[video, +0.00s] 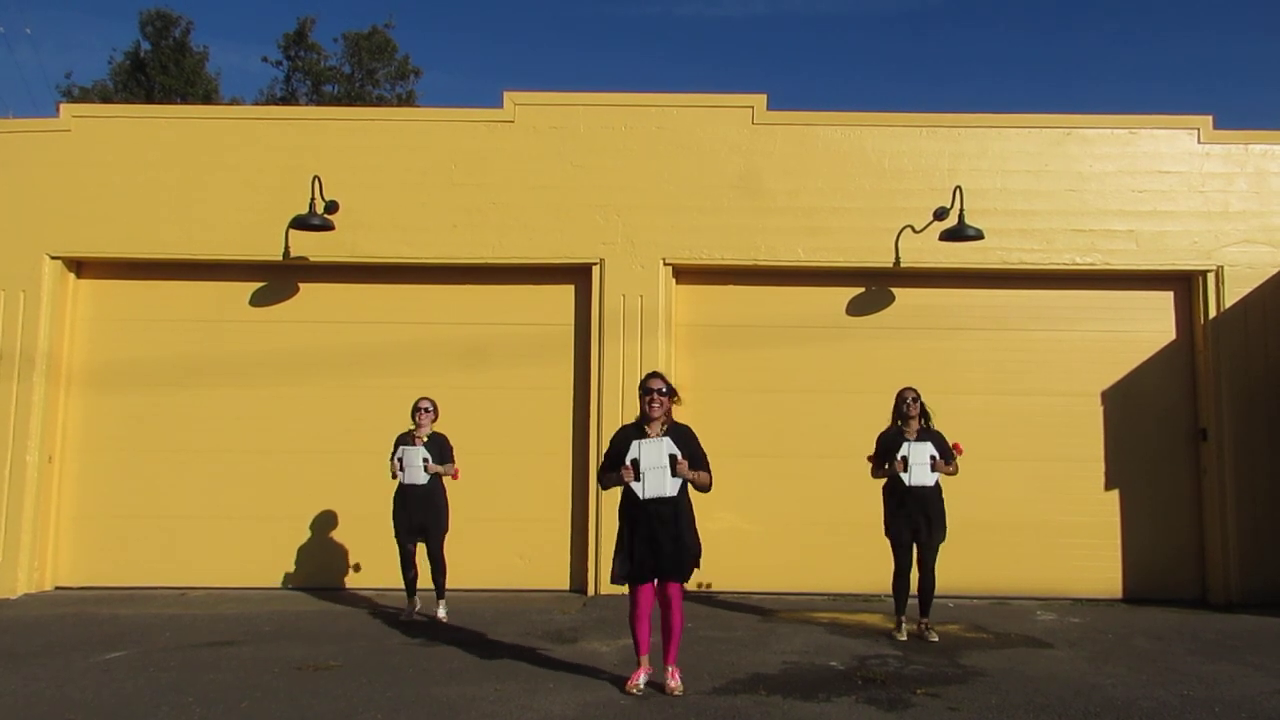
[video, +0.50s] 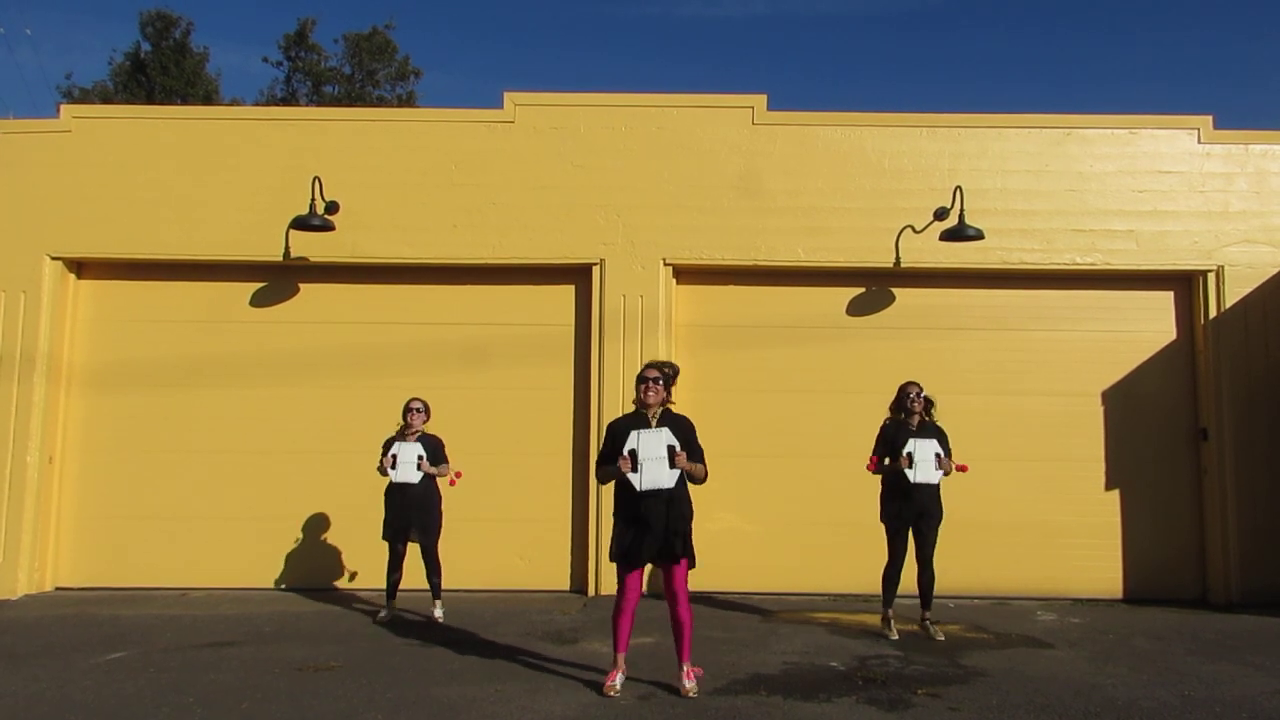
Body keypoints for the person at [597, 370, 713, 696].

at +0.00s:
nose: (654, 398)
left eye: (661, 393)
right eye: (648, 393)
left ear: (670, 399)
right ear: (640, 398)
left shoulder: (683, 434)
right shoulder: (625, 436)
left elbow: (706, 482)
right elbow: (603, 479)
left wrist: (689, 473)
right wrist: (620, 476)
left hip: (676, 530)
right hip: (638, 530)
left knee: (671, 594)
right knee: (641, 595)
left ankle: (671, 668)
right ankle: (643, 667)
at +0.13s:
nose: (653, 393)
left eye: (660, 388)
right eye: (647, 387)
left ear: (670, 392)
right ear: (639, 390)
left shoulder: (682, 424)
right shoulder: (625, 425)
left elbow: (711, 459)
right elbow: (599, 467)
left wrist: (691, 454)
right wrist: (619, 459)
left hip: (675, 521)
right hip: (632, 522)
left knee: (685, 595)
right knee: (623, 595)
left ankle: (692, 666)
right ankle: (621, 662)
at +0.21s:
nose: (653, 406)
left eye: (659, 400)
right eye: (647, 400)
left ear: (670, 401)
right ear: (638, 402)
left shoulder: (679, 433)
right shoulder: (628, 434)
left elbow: (696, 459)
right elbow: (611, 466)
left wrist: (691, 456)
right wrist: (622, 455)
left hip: (674, 529)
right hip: (632, 529)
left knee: (689, 605)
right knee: (615, 605)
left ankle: (712, 679)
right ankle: (600, 675)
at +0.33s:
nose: (651, 408)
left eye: (657, 403)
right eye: (644, 403)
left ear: (667, 406)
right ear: (637, 406)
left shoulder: (677, 438)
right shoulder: (626, 439)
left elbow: (692, 476)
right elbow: (612, 472)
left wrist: (689, 457)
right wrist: (622, 455)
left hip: (673, 535)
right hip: (631, 535)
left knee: (688, 606)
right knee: (618, 605)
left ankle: (712, 681)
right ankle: (600, 677)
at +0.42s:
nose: (650, 389)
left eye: (657, 385)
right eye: (645, 384)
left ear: (668, 391)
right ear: (637, 389)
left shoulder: (681, 426)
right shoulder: (623, 426)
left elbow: (701, 477)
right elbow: (602, 474)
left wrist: (689, 456)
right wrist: (622, 458)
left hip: (673, 524)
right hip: (631, 525)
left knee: (685, 599)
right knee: (622, 595)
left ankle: (702, 673)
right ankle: (606, 671)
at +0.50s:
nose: (649, 386)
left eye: (656, 382)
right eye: (644, 381)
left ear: (667, 390)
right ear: (636, 387)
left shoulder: (681, 425)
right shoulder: (619, 427)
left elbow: (701, 475)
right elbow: (601, 476)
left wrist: (686, 465)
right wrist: (618, 467)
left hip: (674, 524)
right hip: (632, 524)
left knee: (678, 597)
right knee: (627, 596)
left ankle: (685, 668)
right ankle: (618, 667)